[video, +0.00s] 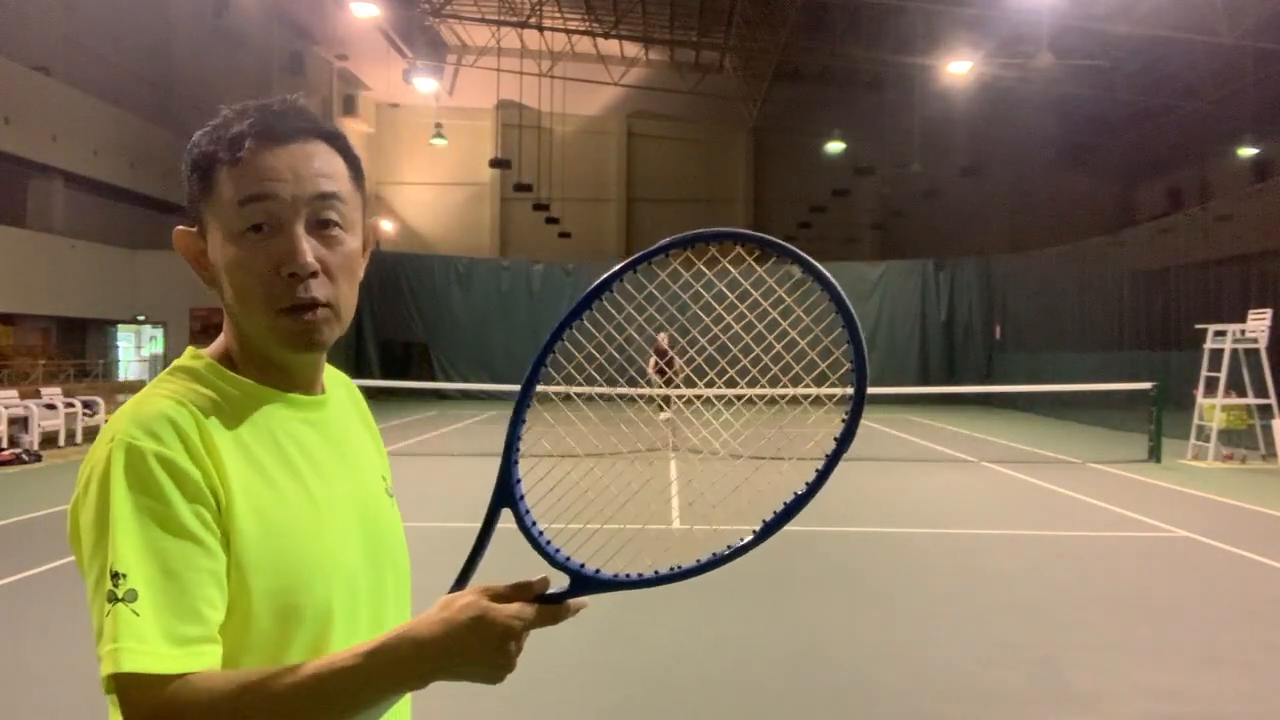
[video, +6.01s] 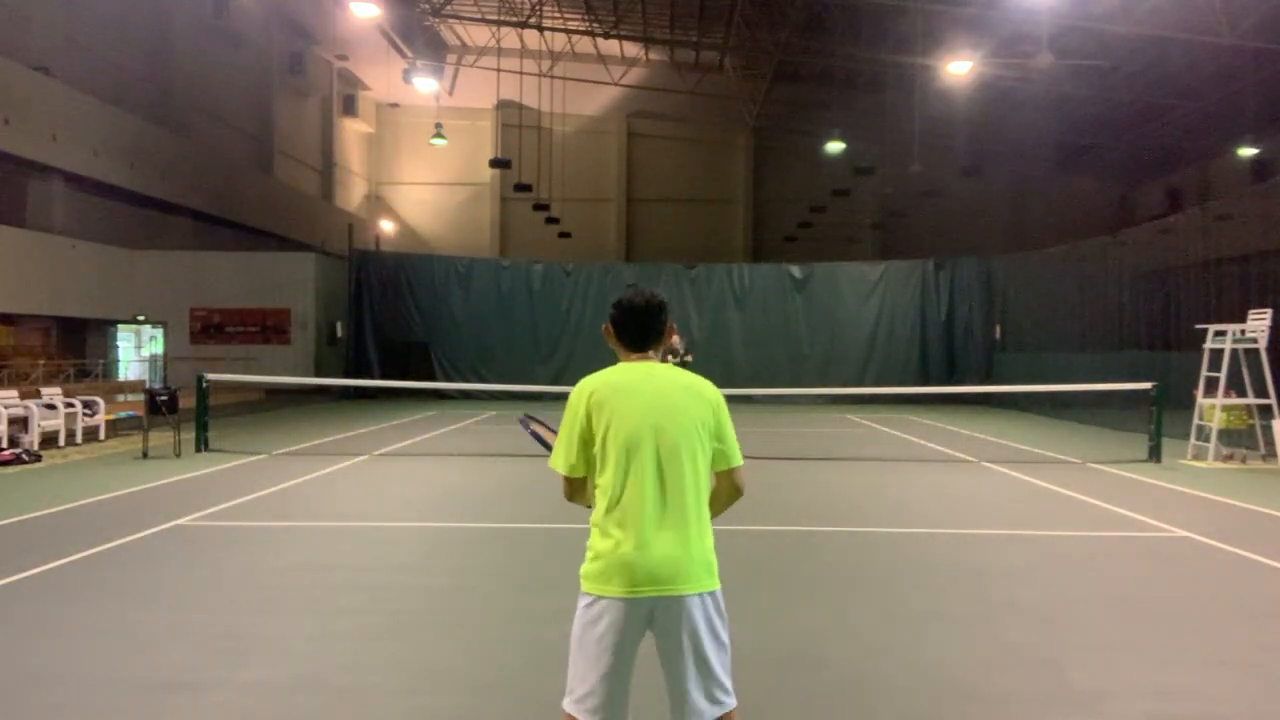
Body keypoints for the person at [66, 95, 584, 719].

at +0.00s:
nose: (302, 259)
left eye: (327, 223)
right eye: (258, 227)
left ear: (366, 243)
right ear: (202, 258)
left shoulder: (344, 404)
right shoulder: (154, 440)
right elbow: (155, 700)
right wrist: (415, 655)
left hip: (374, 708)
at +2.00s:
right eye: (603, 306)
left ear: (504, 318)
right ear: (598, 305)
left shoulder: (442, 396)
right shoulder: (643, 413)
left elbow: (383, 563)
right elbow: (677, 582)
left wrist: (428, 651)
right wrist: (692, 676)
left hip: (446, 700)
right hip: (575, 702)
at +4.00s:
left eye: (630, 314)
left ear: (629, 322)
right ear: (691, 325)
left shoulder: (599, 380)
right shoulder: (716, 392)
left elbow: (569, 466)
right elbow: (731, 493)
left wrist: (597, 380)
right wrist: (678, 497)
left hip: (602, 575)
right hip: (680, 579)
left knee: (579, 703)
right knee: (695, 705)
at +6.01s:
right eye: (670, 327)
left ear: (609, 334)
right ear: (669, 332)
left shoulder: (591, 391)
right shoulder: (704, 392)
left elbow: (575, 489)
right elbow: (731, 485)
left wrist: (623, 497)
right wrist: (685, 516)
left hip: (613, 574)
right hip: (691, 574)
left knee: (586, 708)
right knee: (713, 707)